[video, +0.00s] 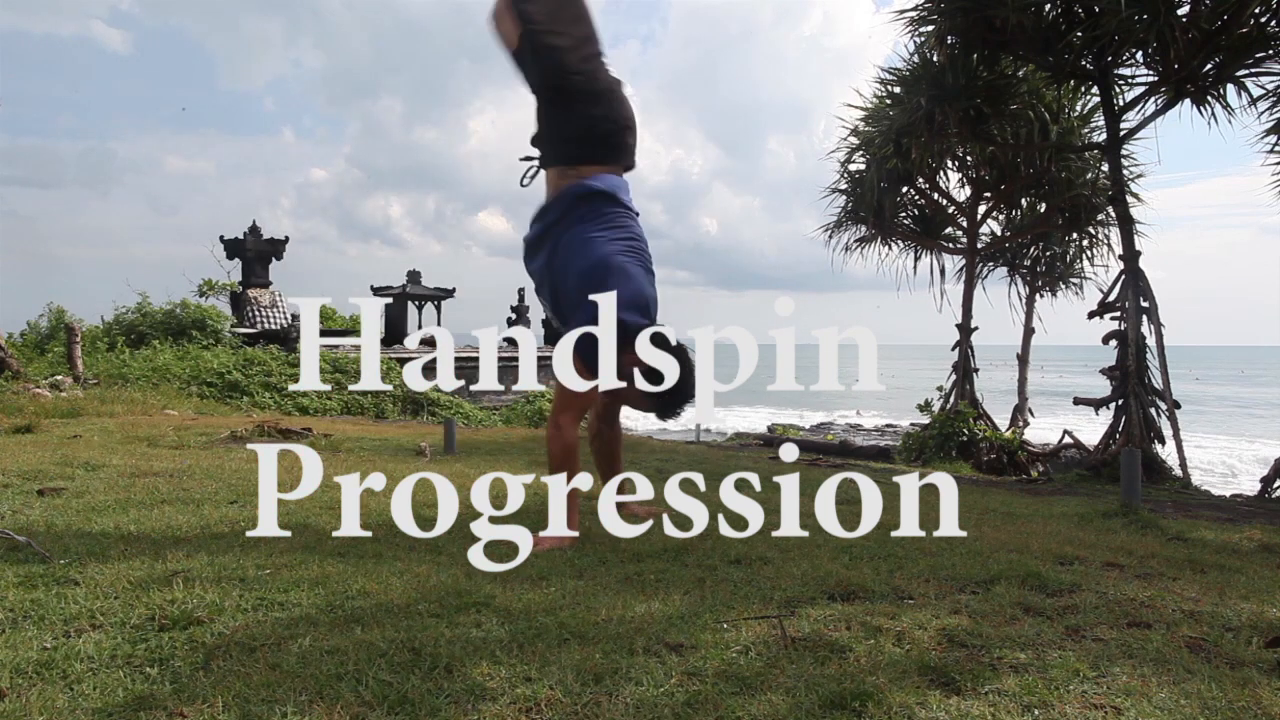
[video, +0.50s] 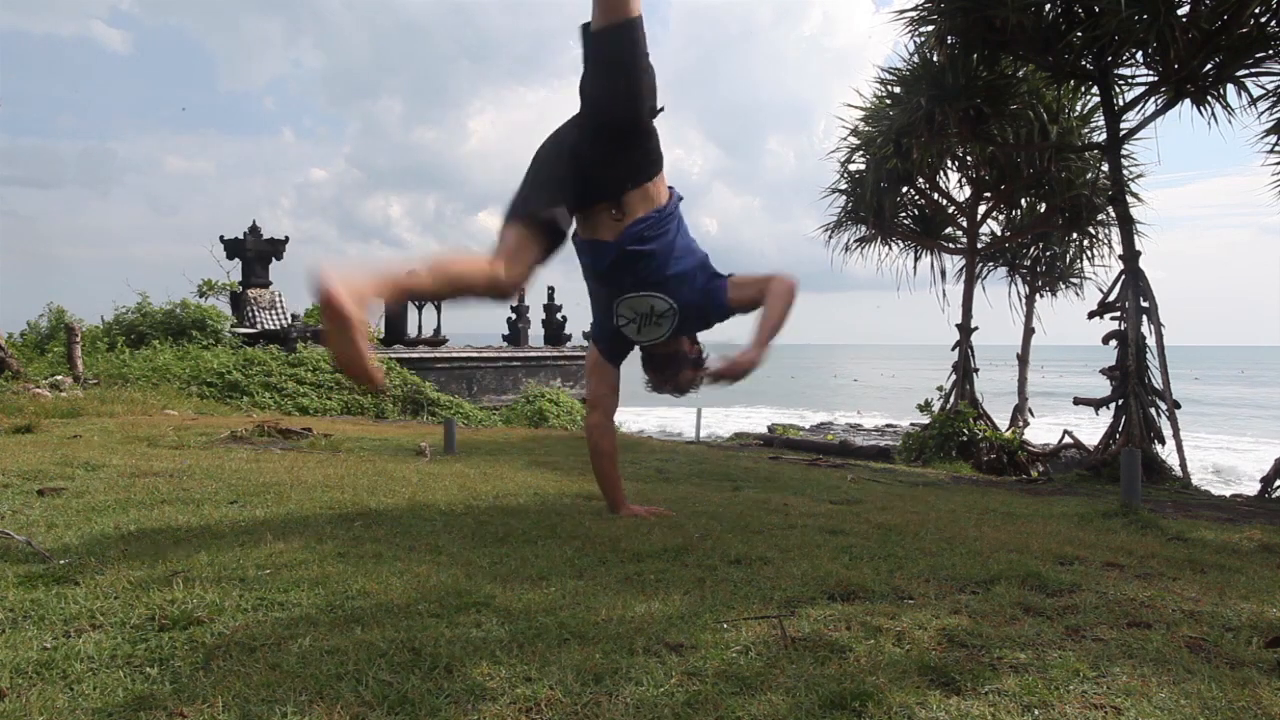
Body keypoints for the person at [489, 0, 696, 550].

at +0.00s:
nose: (632, 411)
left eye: (642, 409)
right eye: (639, 405)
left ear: (656, 369)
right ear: (640, 377)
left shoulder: (637, 340)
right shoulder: (600, 342)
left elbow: (605, 419)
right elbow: (562, 424)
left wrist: (615, 494)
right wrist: (565, 520)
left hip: (606, 155)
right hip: (581, 137)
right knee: (509, 11)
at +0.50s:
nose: (666, 379)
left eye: (668, 384)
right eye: (679, 382)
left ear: (657, 360)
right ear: (694, 350)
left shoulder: (611, 334)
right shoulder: (701, 298)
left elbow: (599, 424)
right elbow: (783, 285)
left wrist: (619, 506)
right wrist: (756, 351)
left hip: (562, 166)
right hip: (628, 141)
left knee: (505, 274)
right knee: (618, 7)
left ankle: (356, 289)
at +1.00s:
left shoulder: (526, 199)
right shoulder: (624, 140)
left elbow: (540, 311)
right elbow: (671, 97)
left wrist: (596, 394)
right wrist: (703, 177)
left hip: (548, 183)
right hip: (627, 167)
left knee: (569, 367)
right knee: (659, 338)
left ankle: (596, 528)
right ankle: (686, 503)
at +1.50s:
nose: (409, 48)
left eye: (406, 33)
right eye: (398, 41)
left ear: (435, 5)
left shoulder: (503, 14)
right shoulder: (475, 67)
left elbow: (534, 69)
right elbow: (526, 157)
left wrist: (425, 108)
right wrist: (473, 209)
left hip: (591, 185)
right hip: (547, 195)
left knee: (555, 347)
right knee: (480, 335)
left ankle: (593, 501)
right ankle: (478, 481)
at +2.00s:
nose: (415, 231)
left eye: (421, 215)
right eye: (399, 223)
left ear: (441, 182)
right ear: (383, 212)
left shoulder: (499, 199)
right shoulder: (390, 256)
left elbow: (591, 248)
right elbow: (363, 363)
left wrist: (638, 263)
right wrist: (322, 461)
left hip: (525, 343)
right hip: (454, 355)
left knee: (567, 370)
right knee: (385, 438)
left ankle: (574, 507)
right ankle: (443, 465)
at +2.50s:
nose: (379, 243)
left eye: (384, 226)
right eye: (361, 237)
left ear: (390, 205)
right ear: (333, 229)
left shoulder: (433, 225)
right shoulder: (333, 290)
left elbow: (517, 251)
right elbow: (345, 400)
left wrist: (569, 207)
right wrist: (333, 507)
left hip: (477, 379)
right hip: (413, 404)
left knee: (537, 336)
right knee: (377, 505)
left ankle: (562, 498)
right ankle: (430, 474)